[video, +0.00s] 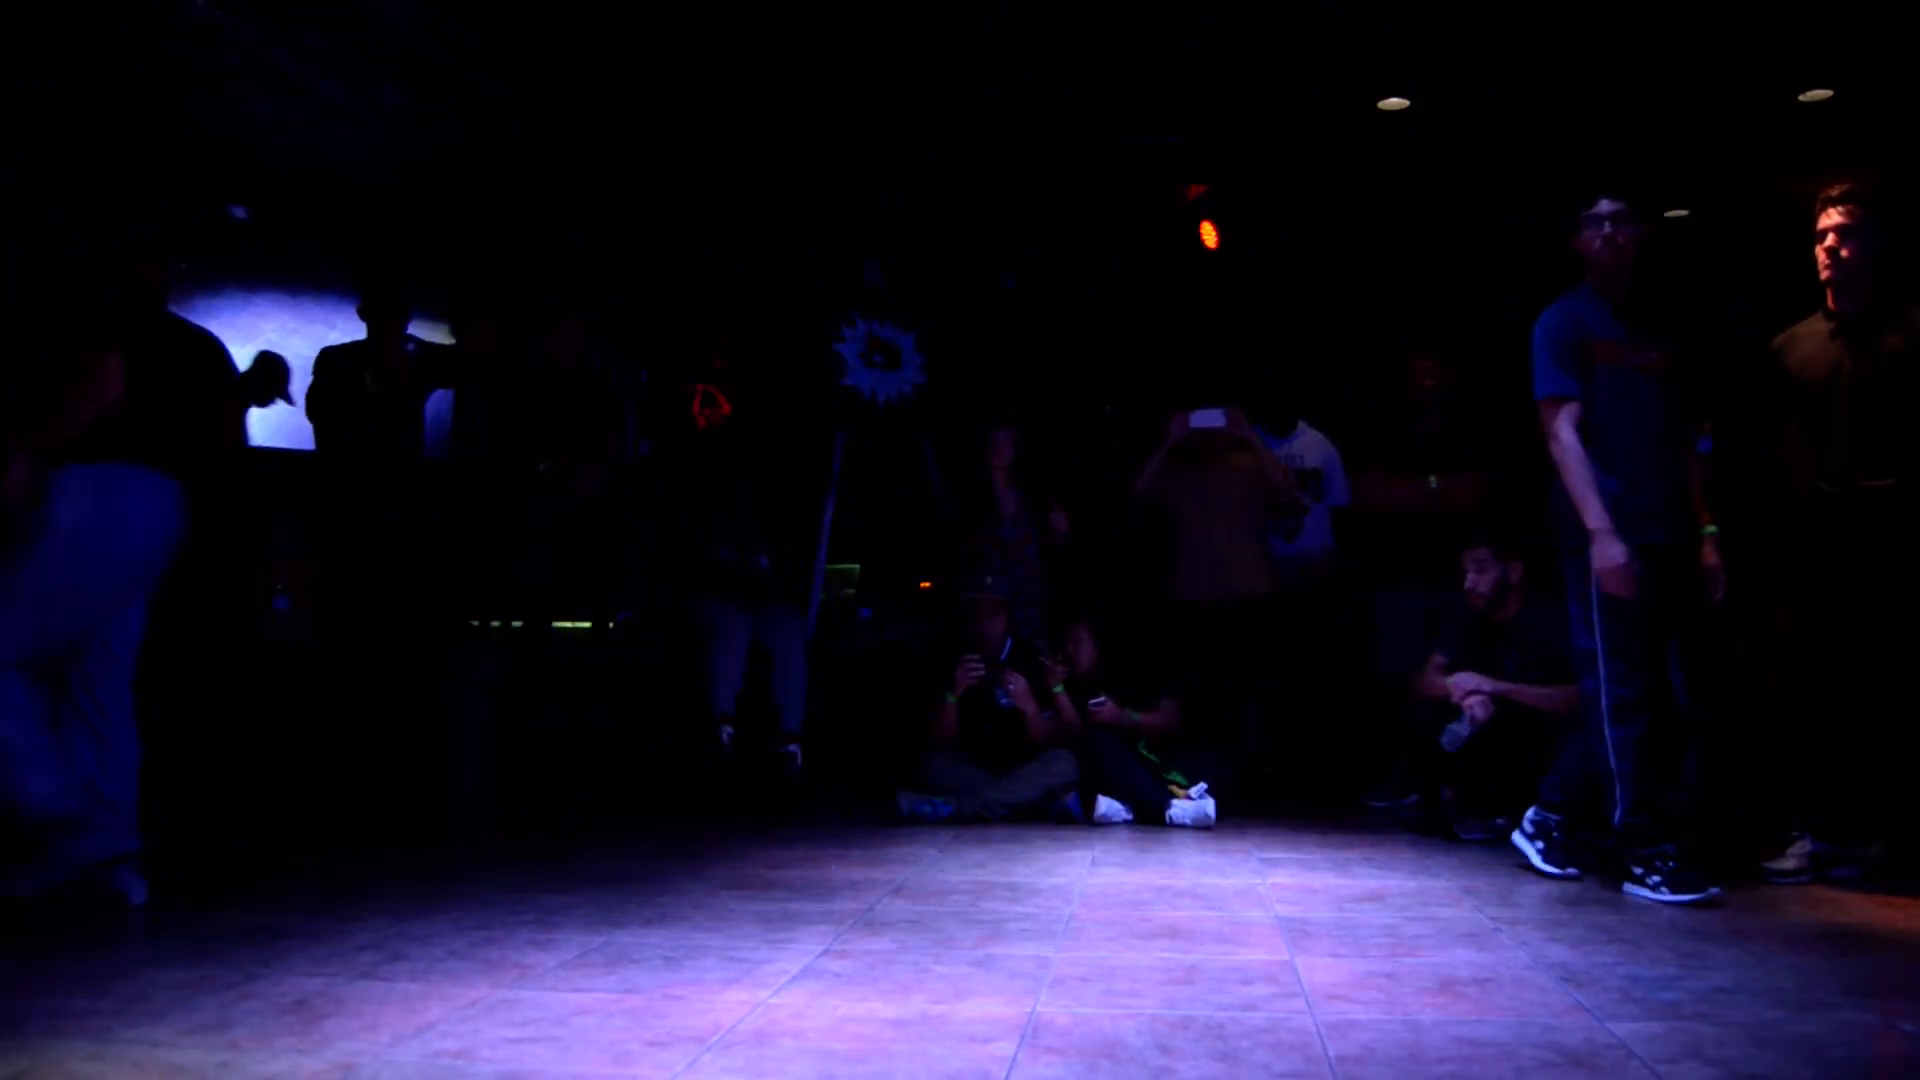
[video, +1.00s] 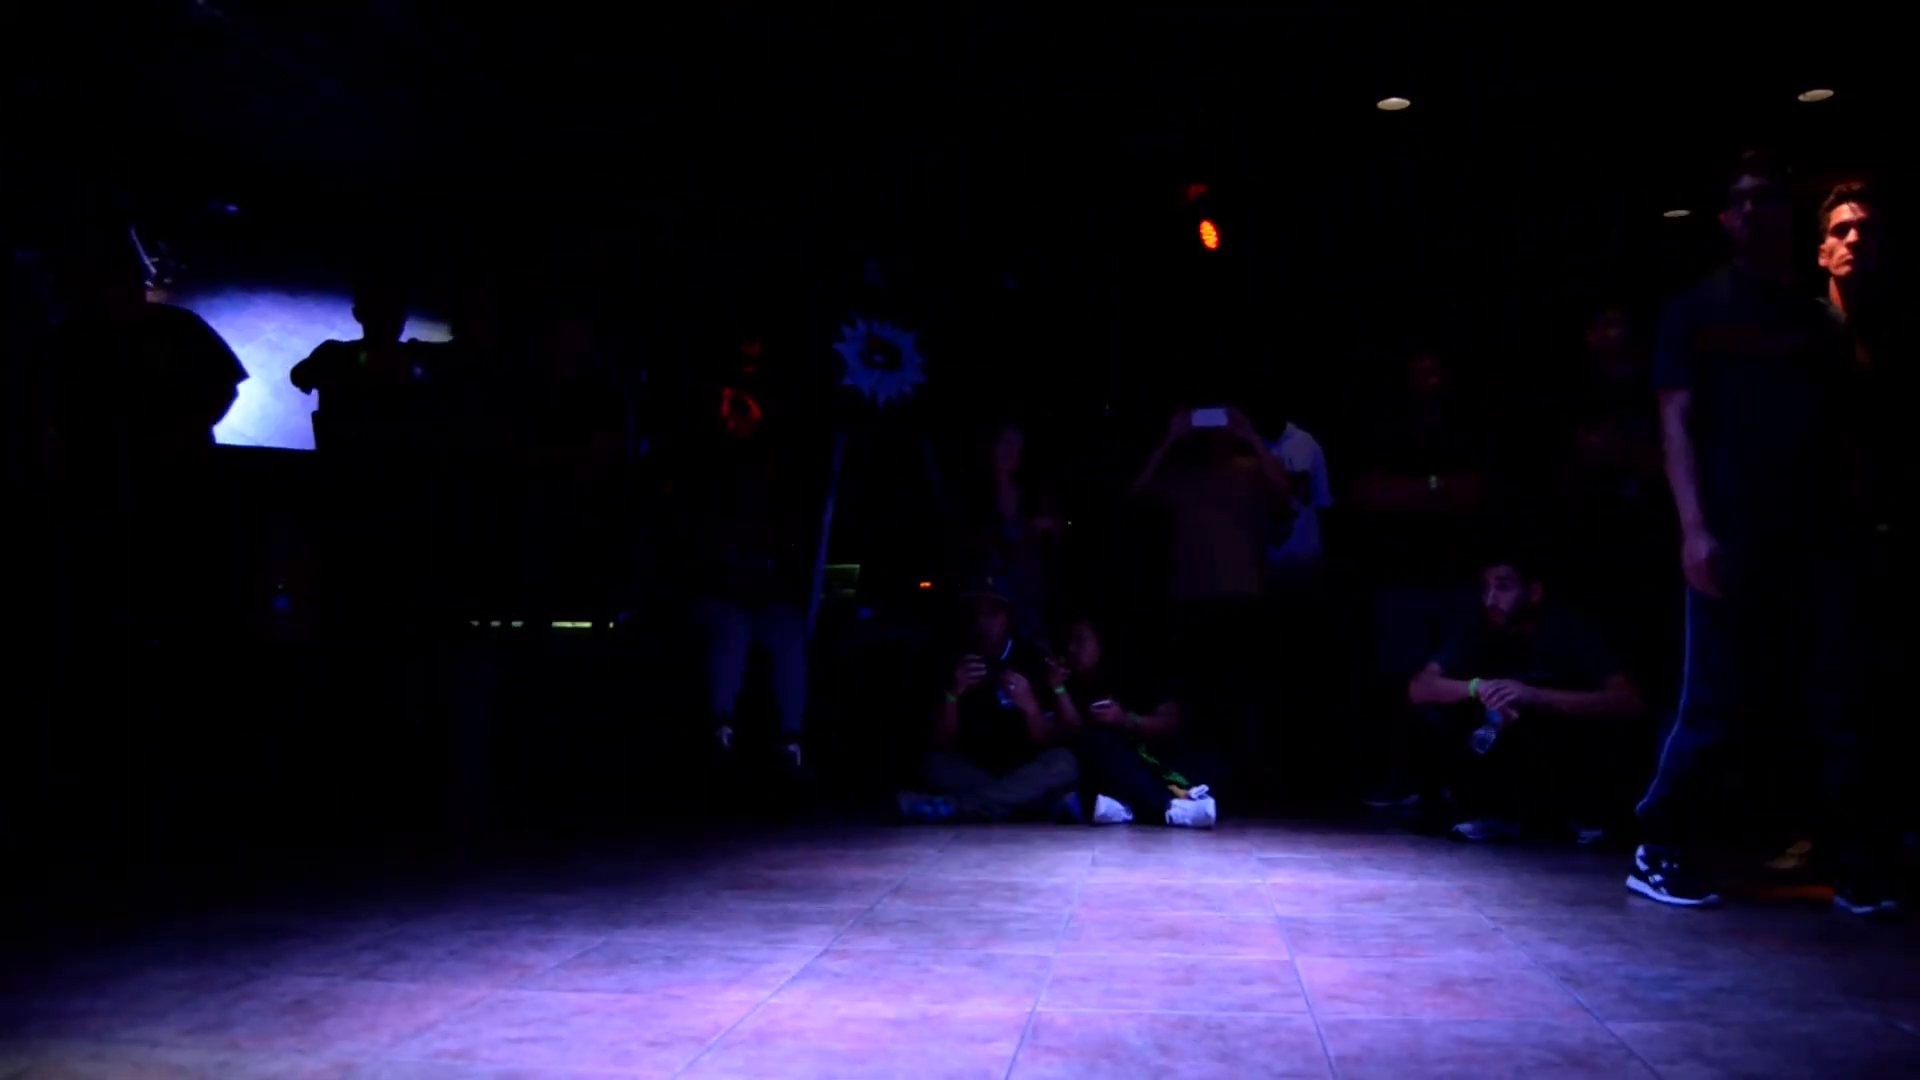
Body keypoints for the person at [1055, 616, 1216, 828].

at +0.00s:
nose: (1072, 651)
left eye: (1079, 642)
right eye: (1068, 644)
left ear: (1097, 644)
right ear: (1062, 650)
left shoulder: (1126, 680)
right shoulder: (1071, 685)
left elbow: (1167, 721)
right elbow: (1076, 730)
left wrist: (1119, 716)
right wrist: (1056, 687)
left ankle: (1127, 808)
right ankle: (1169, 806)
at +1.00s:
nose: (1074, 650)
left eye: (1081, 641)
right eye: (1070, 643)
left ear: (1099, 644)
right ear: (1064, 649)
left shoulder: (1125, 680)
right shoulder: (1071, 685)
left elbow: (1166, 724)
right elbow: (1075, 729)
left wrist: (1122, 719)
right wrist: (1058, 688)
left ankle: (1126, 807)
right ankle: (1168, 806)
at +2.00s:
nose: (1103, 641)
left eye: (1110, 633)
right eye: (1099, 633)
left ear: (1127, 637)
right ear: (1091, 639)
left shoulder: (1147, 675)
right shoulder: (1088, 679)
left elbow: (1184, 723)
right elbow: (1080, 733)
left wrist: (1143, 717)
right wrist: (1068, 703)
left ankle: (1130, 808)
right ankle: (1170, 808)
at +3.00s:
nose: (1178, 642)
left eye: (1188, 634)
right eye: (1174, 635)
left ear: (1204, 638)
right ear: (1166, 641)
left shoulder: (1226, 678)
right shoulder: (1158, 679)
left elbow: (1249, 731)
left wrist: (1213, 717)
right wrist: (1156, 718)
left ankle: (1183, 811)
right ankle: (1223, 812)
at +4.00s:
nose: (1203, 642)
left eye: (1211, 634)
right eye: (1199, 634)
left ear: (1227, 638)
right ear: (1191, 639)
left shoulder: (1245, 676)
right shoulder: (1185, 678)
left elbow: (1273, 729)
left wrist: (1237, 717)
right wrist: (1193, 718)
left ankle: (1211, 811)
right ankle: (1251, 809)